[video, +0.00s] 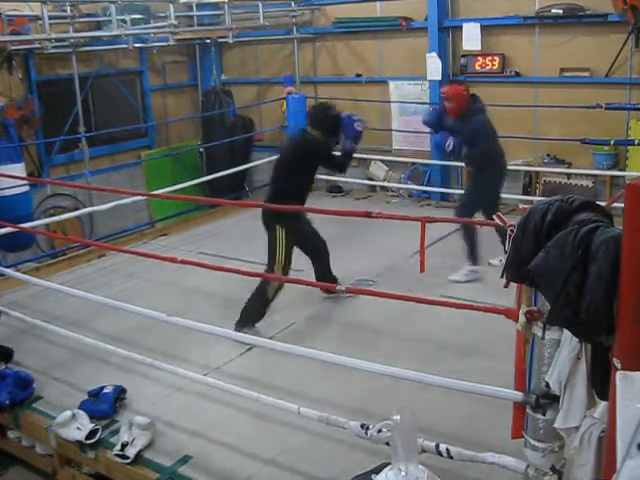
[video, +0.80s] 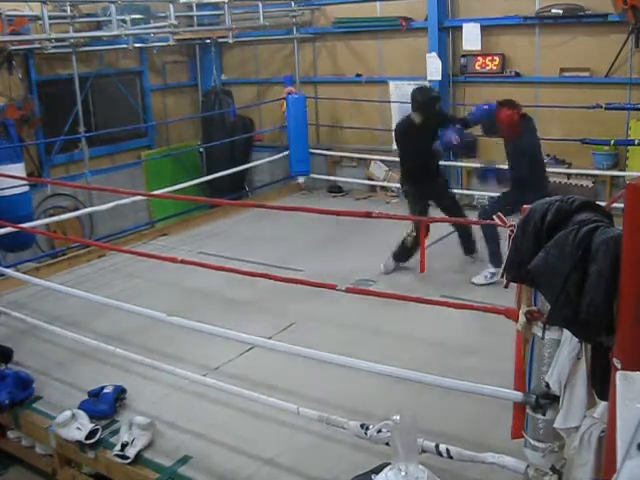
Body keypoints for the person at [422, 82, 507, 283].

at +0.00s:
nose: (446, 107)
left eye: (449, 103)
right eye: (445, 103)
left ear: (461, 102)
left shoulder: (476, 121)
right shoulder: (462, 115)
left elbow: (479, 153)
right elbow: (448, 125)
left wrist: (457, 149)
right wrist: (435, 120)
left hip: (489, 170)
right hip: (488, 167)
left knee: (464, 213)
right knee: (490, 210)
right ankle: (513, 252)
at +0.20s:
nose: (459, 111)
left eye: (463, 107)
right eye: (457, 106)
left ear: (474, 106)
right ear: (458, 106)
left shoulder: (488, 126)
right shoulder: (476, 116)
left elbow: (483, 158)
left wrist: (461, 140)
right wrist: (453, 126)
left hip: (506, 171)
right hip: (500, 168)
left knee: (483, 217)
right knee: (498, 210)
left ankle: (485, 267)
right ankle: (524, 246)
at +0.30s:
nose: (470, 107)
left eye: (474, 103)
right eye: (470, 103)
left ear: (487, 105)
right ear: (479, 105)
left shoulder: (499, 124)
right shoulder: (484, 121)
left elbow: (493, 155)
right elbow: (472, 150)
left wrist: (473, 135)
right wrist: (463, 129)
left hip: (513, 175)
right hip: (506, 173)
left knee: (487, 216)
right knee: (512, 217)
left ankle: (485, 268)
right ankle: (527, 261)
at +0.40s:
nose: (484, 107)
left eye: (488, 103)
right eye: (483, 103)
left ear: (500, 104)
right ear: (498, 104)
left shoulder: (514, 124)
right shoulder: (502, 118)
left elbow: (507, 155)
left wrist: (485, 138)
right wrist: (475, 115)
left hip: (522, 177)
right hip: (517, 174)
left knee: (492, 216)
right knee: (525, 220)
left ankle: (487, 268)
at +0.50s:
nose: (496, 121)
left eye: (498, 117)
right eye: (496, 117)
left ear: (506, 117)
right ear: (512, 114)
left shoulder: (518, 133)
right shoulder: (521, 122)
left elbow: (500, 156)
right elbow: (501, 141)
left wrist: (485, 138)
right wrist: (487, 133)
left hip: (529, 185)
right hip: (534, 181)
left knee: (496, 211)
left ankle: (498, 265)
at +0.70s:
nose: (505, 134)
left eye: (508, 130)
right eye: (503, 130)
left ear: (516, 123)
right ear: (499, 123)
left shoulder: (525, 142)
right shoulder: (521, 125)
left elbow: (512, 171)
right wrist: (481, 117)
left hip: (531, 190)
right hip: (540, 185)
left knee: (499, 218)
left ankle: (502, 268)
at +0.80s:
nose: (498, 133)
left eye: (499, 129)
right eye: (496, 129)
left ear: (508, 127)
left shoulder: (519, 143)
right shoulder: (523, 123)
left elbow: (519, 179)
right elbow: (491, 130)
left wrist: (497, 176)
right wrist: (485, 115)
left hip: (526, 194)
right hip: (539, 189)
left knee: (486, 214)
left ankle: (496, 267)